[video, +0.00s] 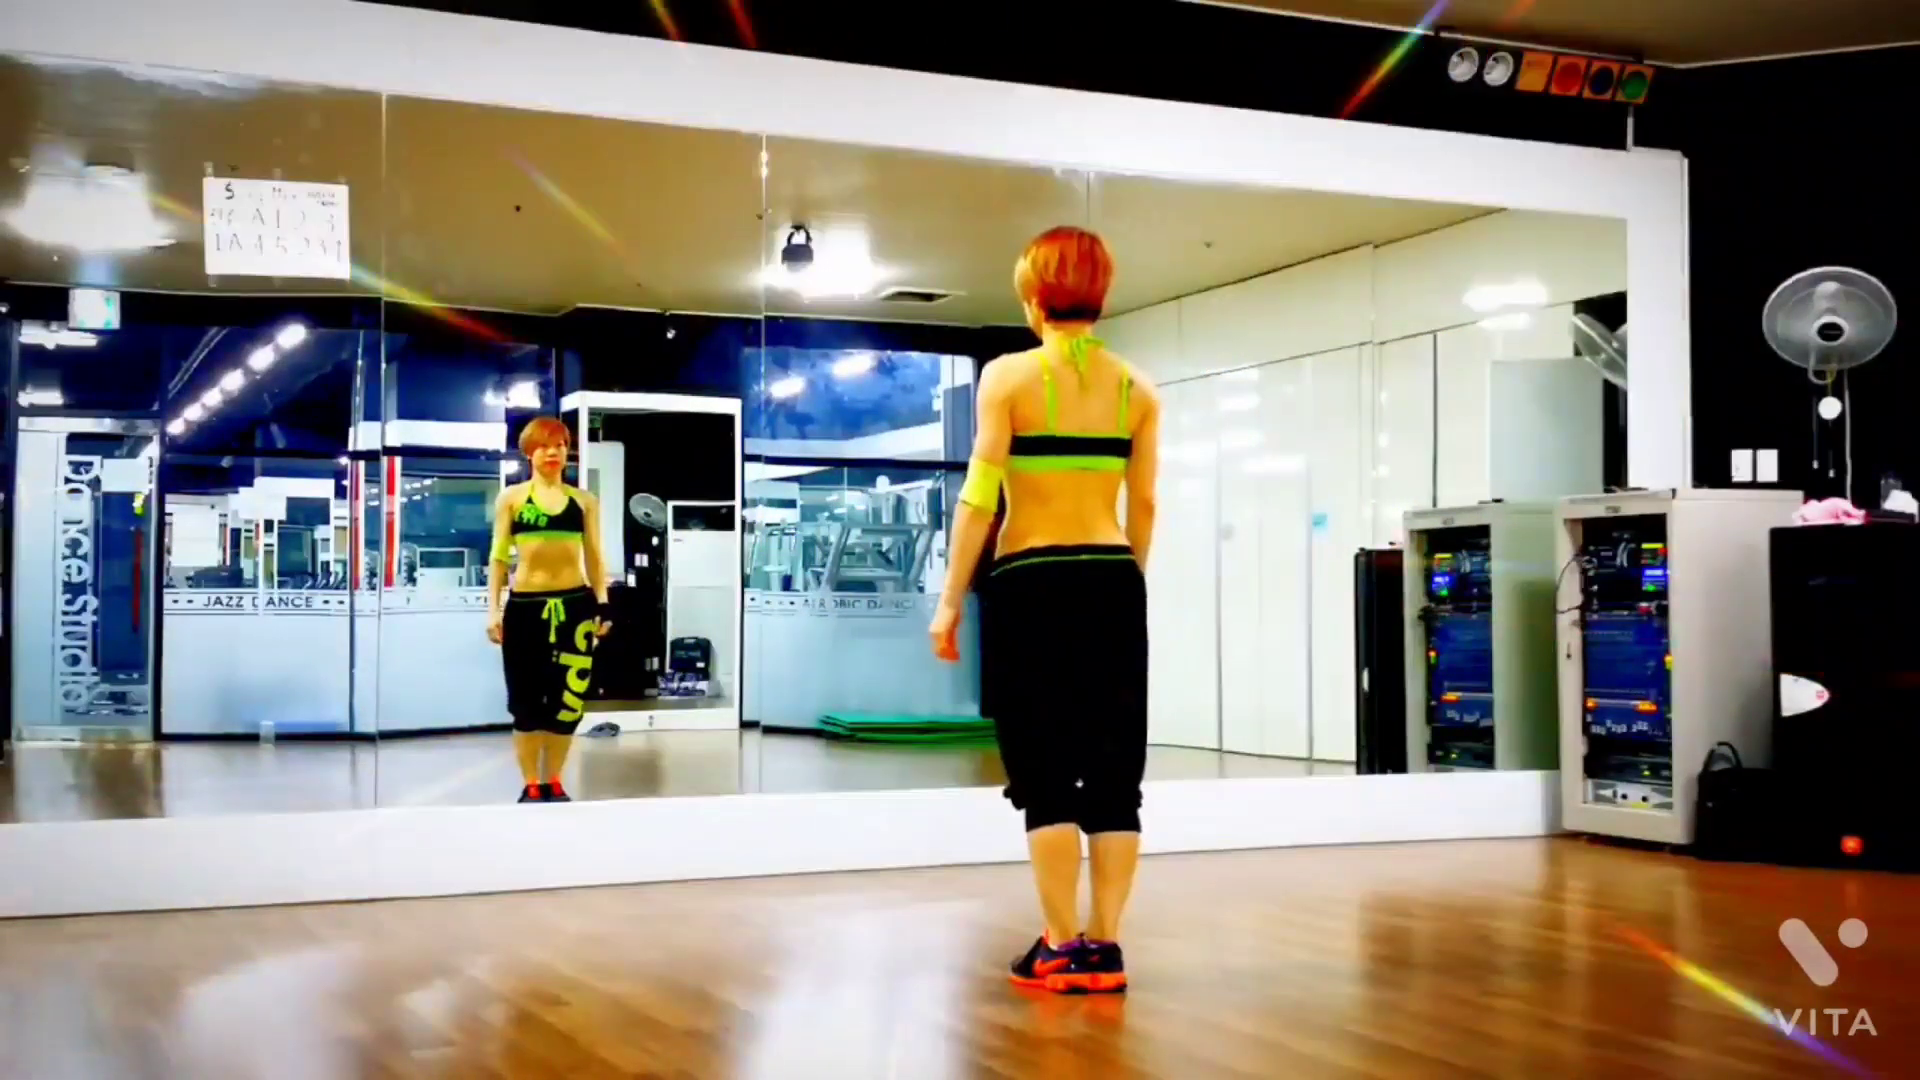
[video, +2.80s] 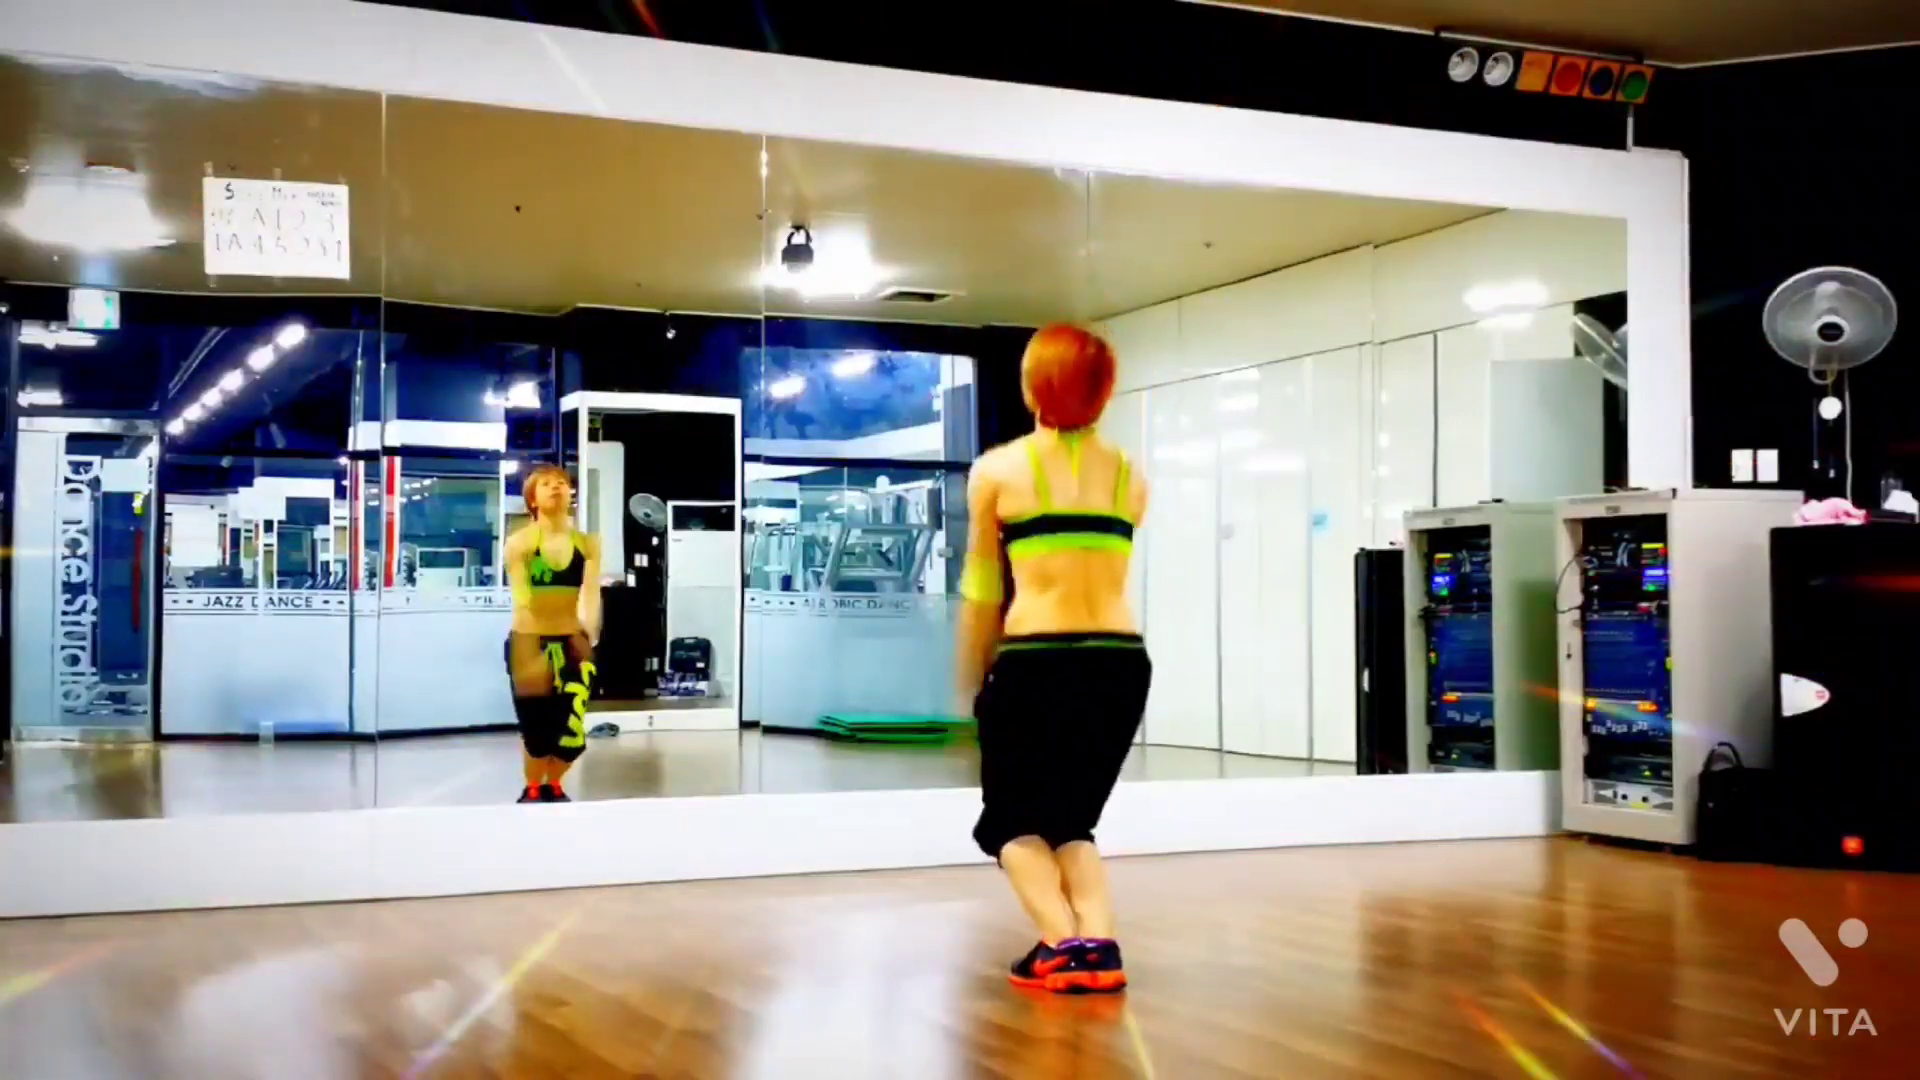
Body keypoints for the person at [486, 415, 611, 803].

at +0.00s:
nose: (552, 454)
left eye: (559, 447)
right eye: (544, 447)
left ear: (566, 451)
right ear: (530, 453)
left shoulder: (585, 501)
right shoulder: (511, 498)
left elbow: (595, 559)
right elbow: (499, 559)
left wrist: (603, 605)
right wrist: (495, 609)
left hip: (575, 606)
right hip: (525, 608)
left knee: (568, 701)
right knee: (527, 702)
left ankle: (553, 780)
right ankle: (531, 783)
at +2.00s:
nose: (560, 462)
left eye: (566, 455)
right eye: (551, 455)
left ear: (573, 457)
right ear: (535, 459)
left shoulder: (587, 501)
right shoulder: (519, 500)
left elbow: (607, 548)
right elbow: (523, 556)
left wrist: (595, 582)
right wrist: (535, 606)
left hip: (580, 606)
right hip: (537, 604)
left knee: (571, 699)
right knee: (533, 699)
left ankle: (552, 783)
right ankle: (531, 785)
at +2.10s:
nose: (560, 465)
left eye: (566, 457)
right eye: (551, 459)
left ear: (573, 458)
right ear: (535, 461)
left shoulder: (586, 496)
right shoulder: (519, 496)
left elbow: (611, 531)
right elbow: (525, 545)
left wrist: (577, 542)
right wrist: (557, 585)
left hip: (580, 603)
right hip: (533, 604)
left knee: (570, 697)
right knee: (532, 698)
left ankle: (553, 783)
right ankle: (531, 785)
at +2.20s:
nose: (561, 465)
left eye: (566, 458)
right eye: (552, 459)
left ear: (574, 459)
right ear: (537, 461)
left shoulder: (583, 496)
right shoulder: (520, 490)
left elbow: (611, 485)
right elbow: (524, 513)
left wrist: (566, 488)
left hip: (581, 602)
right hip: (533, 602)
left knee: (571, 700)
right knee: (531, 700)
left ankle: (553, 783)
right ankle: (531, 785)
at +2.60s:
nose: (554, 461)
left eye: (559, 454)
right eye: (546, 456)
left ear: (568, 458)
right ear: (531, 463)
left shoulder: (585, 499)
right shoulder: (521, 501)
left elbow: (590, 518)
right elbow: (549, 518)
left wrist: (577, 482)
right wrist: (566, 487)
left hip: (576, 608)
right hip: (530, 609)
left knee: (570, 708)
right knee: (537, 706)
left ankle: (553, 782)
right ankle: (532, 785)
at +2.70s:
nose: (554, 485)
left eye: (559, 478)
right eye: (545, 479)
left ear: (568, 488)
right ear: (531, 493)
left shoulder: (586, 537)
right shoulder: (521, 533)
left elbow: (583, 579)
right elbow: (537, 577)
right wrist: (570, 588)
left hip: (573, 640)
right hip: (529, 641)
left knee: (572, 733)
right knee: (540, 728)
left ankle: (552, 783)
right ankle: (532, 787)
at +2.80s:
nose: (556, 488)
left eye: (561, 483)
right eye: (547, 484)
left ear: (571, 494)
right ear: (532, 498)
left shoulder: (587, 543)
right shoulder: (519, 542)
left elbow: (591, 596)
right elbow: (521, 602)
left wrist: (589, 638)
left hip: (572, 637)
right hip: (529, 638)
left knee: (573, 729)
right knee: (538, 722)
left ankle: (553, 783)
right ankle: (532, 786)